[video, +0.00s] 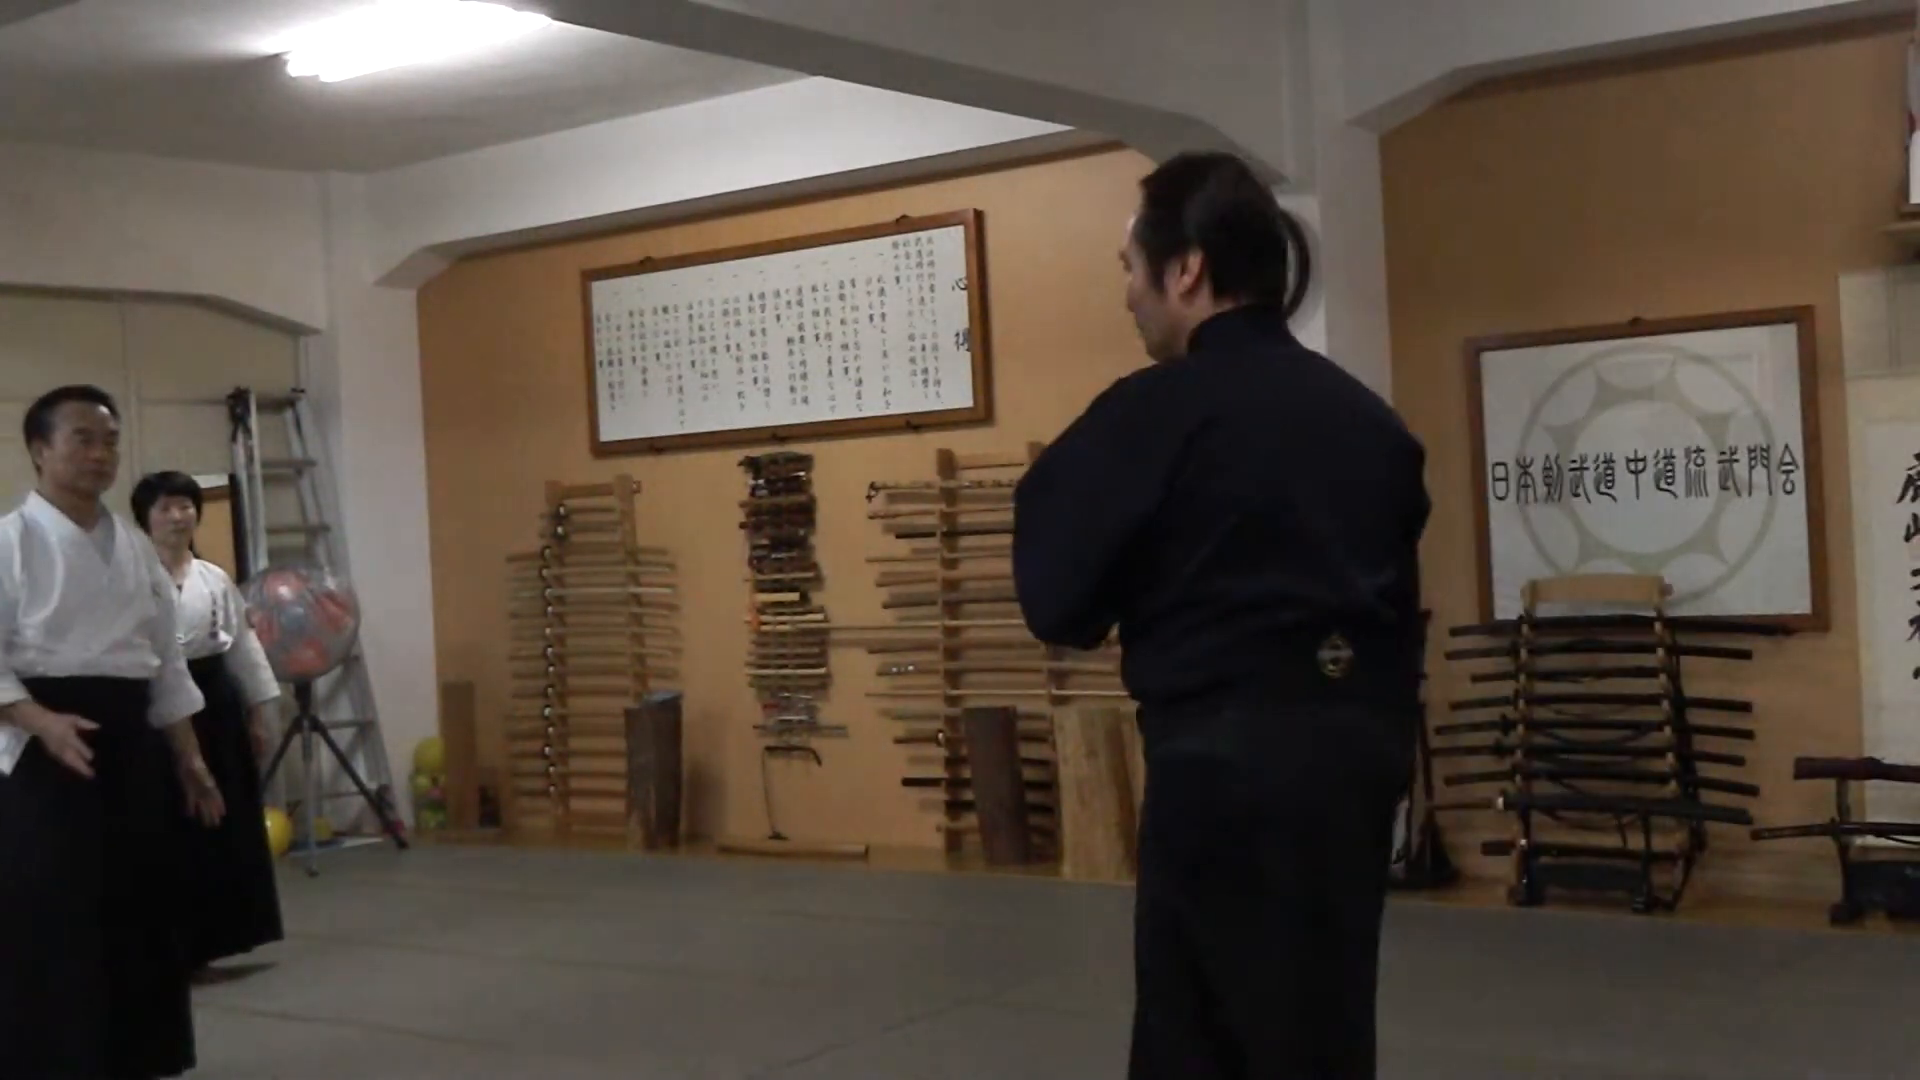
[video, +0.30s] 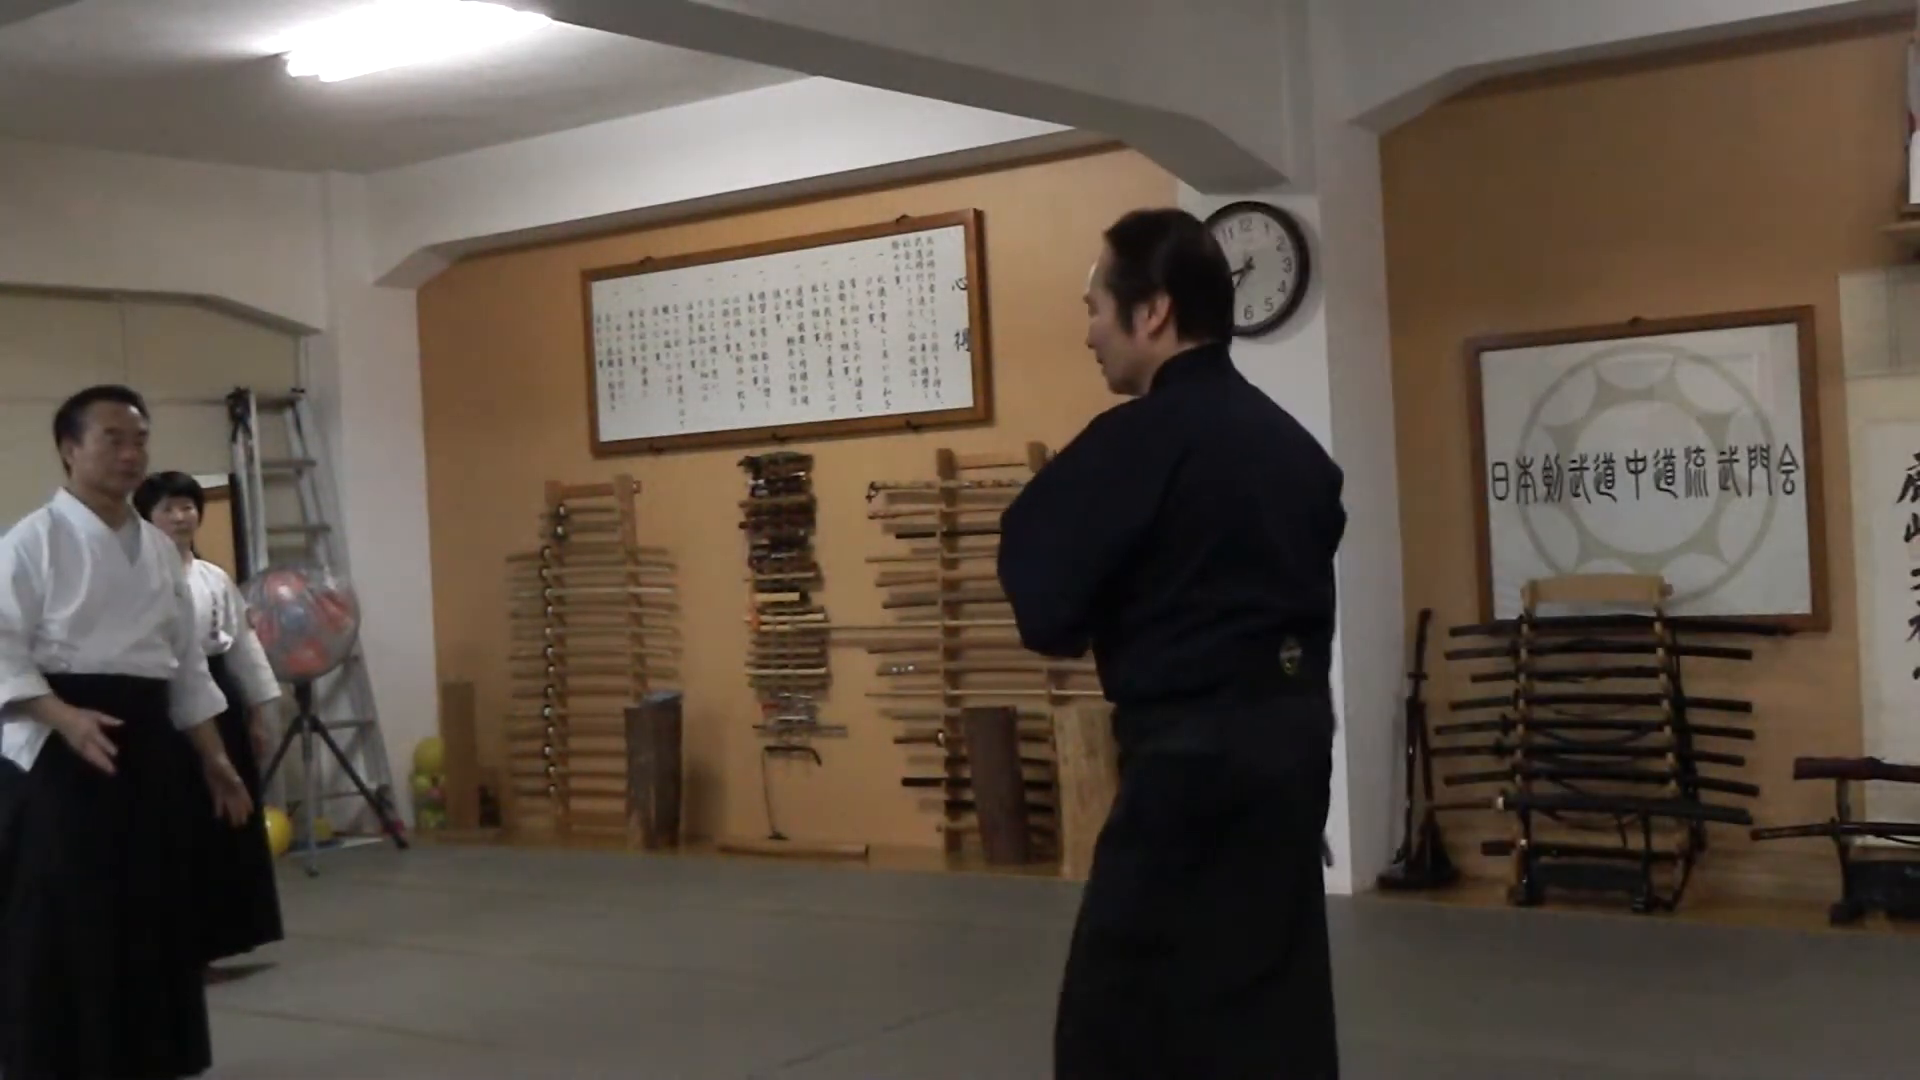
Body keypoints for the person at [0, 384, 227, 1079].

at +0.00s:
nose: (100, 452)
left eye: (109, 440)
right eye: (82, 438)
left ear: (118, 453)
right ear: (39, 450)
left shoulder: (135, 546)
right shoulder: (14, 538)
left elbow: (166, 659)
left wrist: (190, 754)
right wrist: (38, 721)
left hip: (132, 735)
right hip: (44, 738)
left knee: (140, 901)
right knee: (53, 909)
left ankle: (138, 1055)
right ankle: (56, 1058)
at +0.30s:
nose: (131, 451)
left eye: (140, 440)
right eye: (112, 437)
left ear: (147, 453)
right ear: (69, 449)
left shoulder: (161, 551)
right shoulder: (32, 543)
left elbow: (189, 665)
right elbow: (5, 653)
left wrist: (216, 755)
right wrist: (61, 717)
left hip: (153, 746)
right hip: (64, 746)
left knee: (158, 914)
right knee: (71, 920)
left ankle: (154, 1058)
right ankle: (69, 1061)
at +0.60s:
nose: (120, 451)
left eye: (128, 439)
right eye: (101, 437)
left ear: (135, 452)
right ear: (57, 450)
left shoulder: (150, 547)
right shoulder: (23, 545)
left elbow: (178, 654)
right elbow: (2, 663)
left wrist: (220, 722)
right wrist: (62, 670)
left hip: (149, 754)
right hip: (56, 764)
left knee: (155, 926)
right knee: (64, 936)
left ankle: (157, 1060)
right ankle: (73, 1064)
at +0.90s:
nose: (113, 461)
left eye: (119, 448)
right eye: (96, 446)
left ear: (120, 451)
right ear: (46, 451)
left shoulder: (93, 528)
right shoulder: (36, 522)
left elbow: (151, 635)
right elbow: (134, 531)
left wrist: (163, 588)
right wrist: (215, 523)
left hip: (107, 738)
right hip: (46, 748)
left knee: (123, 919)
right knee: (67, 931)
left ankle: (130, 1058)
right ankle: (75, 1062)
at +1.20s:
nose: (119, 460)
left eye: (124, 446)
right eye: (102, 444)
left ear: (124, 451)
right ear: (52, 451)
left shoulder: (85, 528)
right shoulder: (42, 523)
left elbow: (107, 650)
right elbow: (134, 541)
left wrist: (158, 620)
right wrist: (227, 529)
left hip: (102, 736)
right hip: (51, 745)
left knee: (120, 913)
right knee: (72, 925)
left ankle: (132, 1058)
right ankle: (82, 1062)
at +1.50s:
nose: (130, 462)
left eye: (138, 447)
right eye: (112, 447)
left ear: (145, 454)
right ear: (64, 454)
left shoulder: (141, 542)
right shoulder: (38, 543)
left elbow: (169, 631)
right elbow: (93, 637)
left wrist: (192, 684)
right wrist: (172, 652)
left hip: (133, 752)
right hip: (54, 762)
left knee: (144, 924)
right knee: (68, 937)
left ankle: (147, 1059)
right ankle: (78, 1066)